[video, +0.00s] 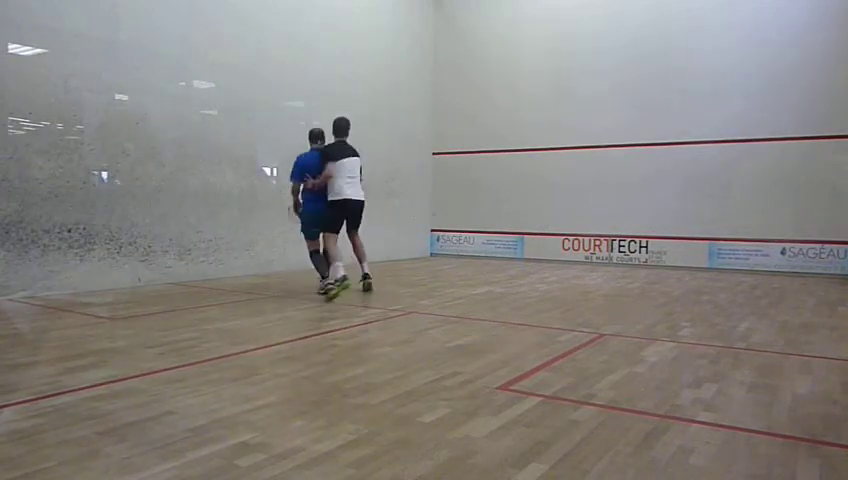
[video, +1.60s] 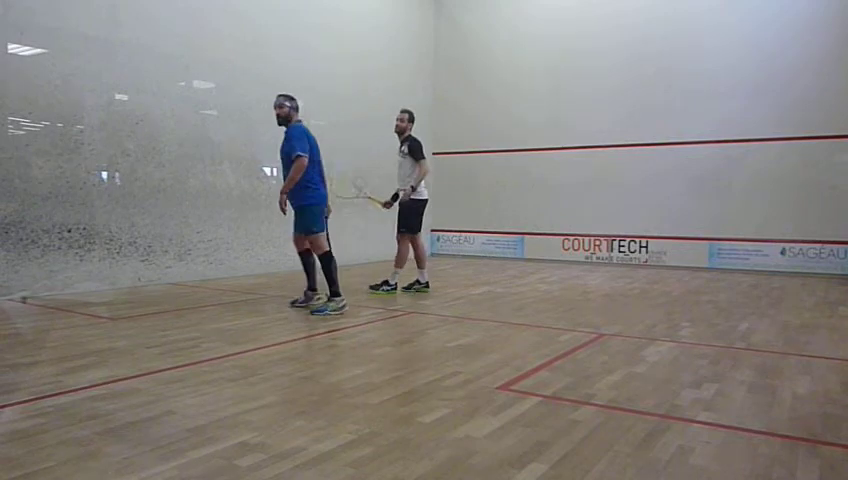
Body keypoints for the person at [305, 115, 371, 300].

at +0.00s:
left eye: (335, 130)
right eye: (345, 129)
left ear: (332, 131)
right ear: (348, 132)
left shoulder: (327, 150)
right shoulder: (354, 152)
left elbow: (328, 175)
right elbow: (359, 177)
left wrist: (314, 183)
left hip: (337, 199)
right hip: (357, 198)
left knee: (330, 238)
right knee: (354, 234)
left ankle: (339, 273)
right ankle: (366, 271)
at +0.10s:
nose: (337, 129)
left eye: (339, 126)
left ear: (338, 128)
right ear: (353, 130)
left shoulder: (340, 143)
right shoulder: (356, 148)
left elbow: (339, 159)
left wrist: (313, 171)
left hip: (347, 197)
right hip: (361, 197)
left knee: (336, 235)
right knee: (351, 236)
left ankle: (353, 276)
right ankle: (359, 275)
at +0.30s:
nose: (341, 132)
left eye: (342, 129)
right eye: (342, 129)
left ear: (346, 130)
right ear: (356, 130)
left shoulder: (354, 142)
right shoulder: (355, 148)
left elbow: (361, 155)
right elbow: (355, 182)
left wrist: (335, 157)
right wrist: (336, 186)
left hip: (365, 197)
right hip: (360, 197)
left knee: (356, 235)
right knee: (353, 235)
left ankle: (371, 281)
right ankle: (361, 277)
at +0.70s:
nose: (358, 126)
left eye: (362, 122)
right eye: (359, 122)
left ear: (371, 126)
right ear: (368, 126)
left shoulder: (376, 142)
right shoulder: (369, 146)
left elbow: (386, 163)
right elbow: (376, 176)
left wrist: (362, 167)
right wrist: (360, 190)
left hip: (382, 196)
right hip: (374, 196)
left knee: (374, 236)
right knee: (367, 235)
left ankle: (390, 280)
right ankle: (363, 276)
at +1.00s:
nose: (372, 123)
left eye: (377, 120)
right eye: (372, 119)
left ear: (386, 124)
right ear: (374, 122)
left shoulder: (388, 141)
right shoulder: (379, 144)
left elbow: (399, 164)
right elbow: (386, 172)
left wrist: (379, 177)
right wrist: (374, 190)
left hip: (393, 195)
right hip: (385, 194)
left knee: (386, 235)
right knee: (377, 234)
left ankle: (390, 280)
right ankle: (383, 276)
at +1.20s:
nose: (380, 122)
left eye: (385, 120)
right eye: (380, 119)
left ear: (394, 124)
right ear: (381, 121)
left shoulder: (397, 142)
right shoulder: (386, 144)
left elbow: (409, 166)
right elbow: (389, 174)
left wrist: (394, 180)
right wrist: (377, 192)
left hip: (398, 197)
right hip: (390, 196)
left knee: (390, 237)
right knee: (388, 236)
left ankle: (391, 280)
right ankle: (411, 272)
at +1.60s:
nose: (397, 123)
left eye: (401, 121)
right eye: (397, 120)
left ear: (410, 125)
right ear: (396, 123)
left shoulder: (413, 143)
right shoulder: (402, 146)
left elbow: (424, 169)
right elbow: (405, 177)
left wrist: (411, 188)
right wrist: (393, 198)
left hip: (414, 198)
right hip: (408, 197)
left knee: (402, 238)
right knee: (415, 238)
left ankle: (392, 281)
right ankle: (422, 280)